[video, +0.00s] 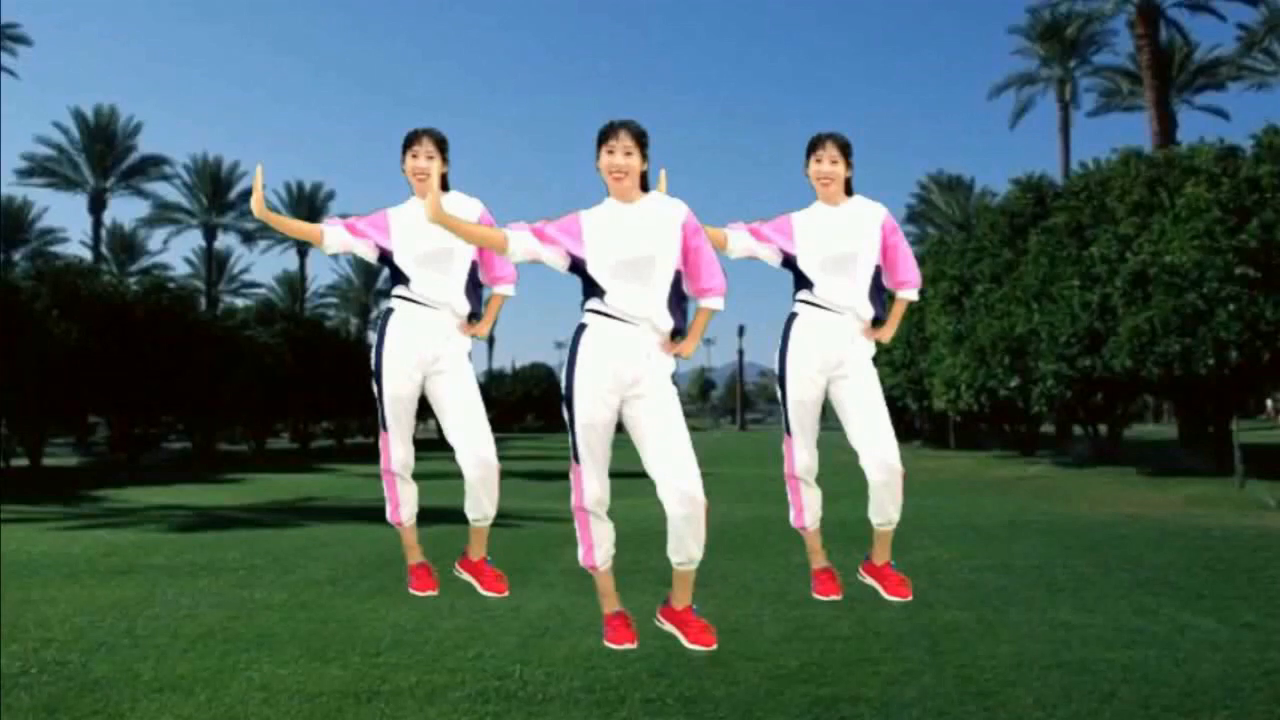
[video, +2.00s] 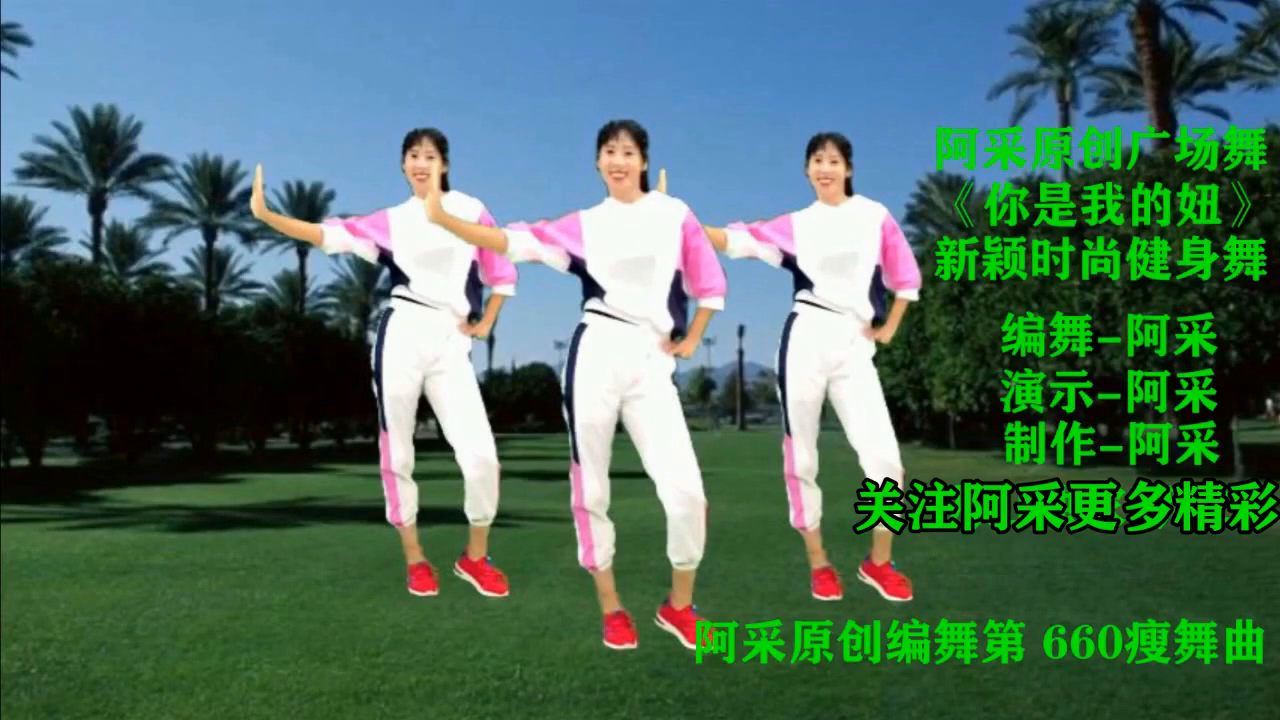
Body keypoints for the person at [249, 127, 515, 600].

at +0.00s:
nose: (420, 164)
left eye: (428, 157)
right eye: (413, 157)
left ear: (444, 165)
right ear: (404, 166)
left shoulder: (473, 211)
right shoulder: (393, 220)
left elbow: (503, 272)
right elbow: (327, 235)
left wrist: (485, 324)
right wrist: (266, 215)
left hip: (451, 334)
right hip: (401, 331)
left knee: (482, 456)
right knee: (399, 452)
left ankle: (476, 557)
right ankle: (415, 561)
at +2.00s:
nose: (420, 164)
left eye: (428, 157)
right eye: (412, 157)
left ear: (444, 165)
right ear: (403, 166)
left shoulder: (473, 211)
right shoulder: (393, 220)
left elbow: (503, 273)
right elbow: (327, 235)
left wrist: (484, 325)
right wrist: (265, 215)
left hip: (451, 335)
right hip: (401, 331)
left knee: (482, 456)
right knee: (399, 453)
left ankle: (476, 557)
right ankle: (415, 561)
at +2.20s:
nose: (420, 164)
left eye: (428, 157)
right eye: (412, 157)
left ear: (444, 165)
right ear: (403, 166)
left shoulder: (473, 211)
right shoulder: (393, 220)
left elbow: (503, 273)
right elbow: (327, 235)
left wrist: (484, 325)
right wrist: (265, 215)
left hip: (451, 335)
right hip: (401, 331)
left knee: (482, 456)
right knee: (399, 453)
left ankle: (476, 557)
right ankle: (415, 561)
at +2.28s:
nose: (420, 164)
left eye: (428, 157)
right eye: (412, 157)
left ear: (444, 165)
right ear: (403, 166)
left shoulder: (473, 211)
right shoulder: (393, 220)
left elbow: (503, 273)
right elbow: (327, 235)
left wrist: (484, 325)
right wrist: (265, 215)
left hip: (451, 335)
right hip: (401, 331)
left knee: (482, 456)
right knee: (399, 453)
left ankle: (476, 557)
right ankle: (415, 561)